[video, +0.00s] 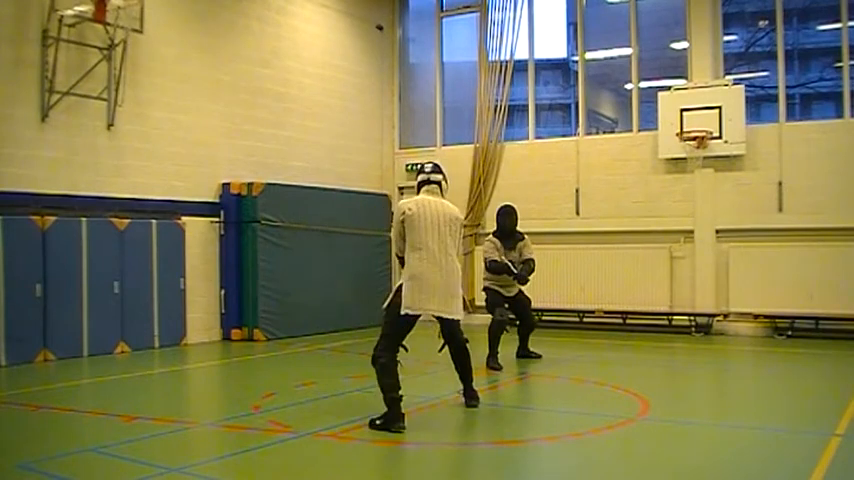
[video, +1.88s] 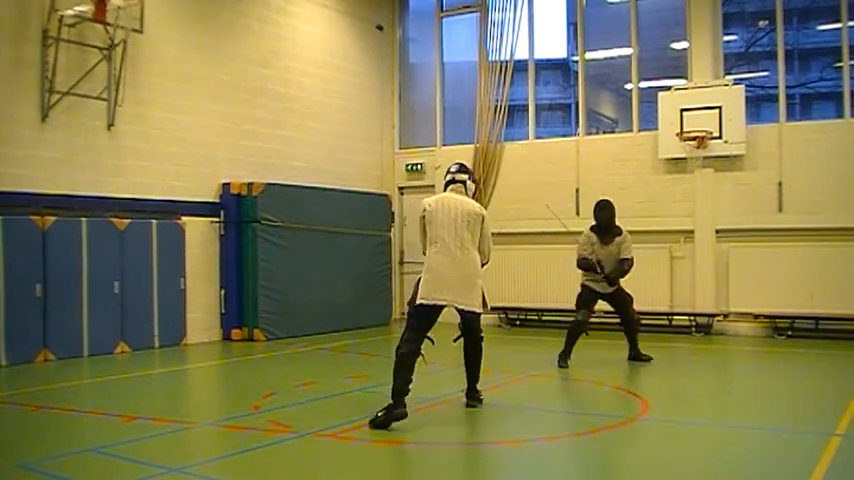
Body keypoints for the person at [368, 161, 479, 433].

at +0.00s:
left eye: (419, 184)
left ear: (418, 185)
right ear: (443, 186)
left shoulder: (404, 207)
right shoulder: (456, 213)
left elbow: (399, 252)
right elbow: (457, 253)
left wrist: (415, 275)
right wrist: (437, 275)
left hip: (413, 289)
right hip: (448, 291)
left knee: (384, 352)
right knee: (455, 340)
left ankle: (394, 414)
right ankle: (470, 392)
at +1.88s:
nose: (468, 187)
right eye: (469, 183)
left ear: (445, 182)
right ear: (469, 185)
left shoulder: (429, 204)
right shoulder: (478, 210)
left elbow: (425, 246)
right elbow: (484, 256)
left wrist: (440, 264)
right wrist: (463, 266)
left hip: (435, 279)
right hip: (468, 281)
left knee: (411, 338)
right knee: (473, 336)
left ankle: (398, 403)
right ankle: (472, 392)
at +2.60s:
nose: (487, 187)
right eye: (487, 182)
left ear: (460, 181)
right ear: (484, 183)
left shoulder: (442, 205)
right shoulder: (492, 208)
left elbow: (441, 247)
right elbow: (500, 256)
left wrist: (457, 268)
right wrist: (478, 271)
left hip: (449, 283)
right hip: (484, 284)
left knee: (435, 343)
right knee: (505, 328)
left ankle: (449, 401)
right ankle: (508, 386)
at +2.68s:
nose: (493, 188)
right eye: (493, 184)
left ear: (464, 182)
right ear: (490, 184)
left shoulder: (446, 207)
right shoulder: (496, 210)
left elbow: (445, 247)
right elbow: (504, 258)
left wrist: (462, 268)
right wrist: (482, 271)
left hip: (452, 284)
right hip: (487, 285)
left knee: (438, 344)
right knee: (511, 334)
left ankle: (449, 401)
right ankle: (525, 386)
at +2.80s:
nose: (502, 190)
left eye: (502, 186)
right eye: (502, 185)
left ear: (474, 183)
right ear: (498, 185)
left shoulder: (456, 207)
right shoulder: (505, 210)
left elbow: (454, 247)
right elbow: (513, 259)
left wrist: (472, 264)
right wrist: (489, 266)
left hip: (461, 287)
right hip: (496, 287)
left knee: (444, 343)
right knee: (519, 332)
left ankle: (450, 401)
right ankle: (530, 386)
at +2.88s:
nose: (509, 190)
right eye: (509, 186)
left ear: (481, 183)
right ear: (505, 186)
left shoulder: (463, 206)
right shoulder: (511, 209)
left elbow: (458, 245)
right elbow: (520, 257)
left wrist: (477, 262)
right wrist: (497, 266)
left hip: (468, 286)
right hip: (502, 286)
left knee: (450, 342)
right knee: (523, 331)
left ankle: (450, 400)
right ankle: (531, 386)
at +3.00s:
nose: (519, 189)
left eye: (519, 185)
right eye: (519, 185)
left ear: (491, 181)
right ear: (514, 184)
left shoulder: (472, 205)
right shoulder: (520, 209)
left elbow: (467, 245)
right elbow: (529, 257)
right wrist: (507, 265)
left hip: (476, 285)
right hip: (510, 286)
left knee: (455, 342)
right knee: (529, 331)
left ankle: (451, 400)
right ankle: (531, 386)